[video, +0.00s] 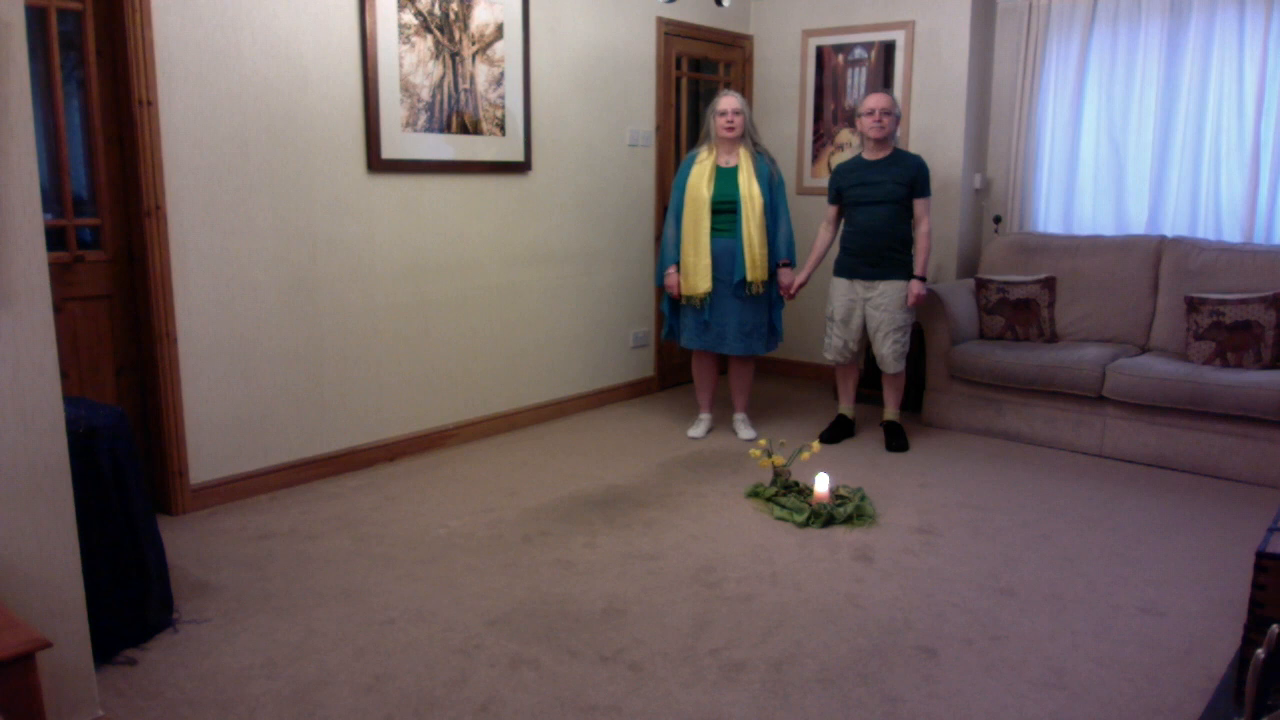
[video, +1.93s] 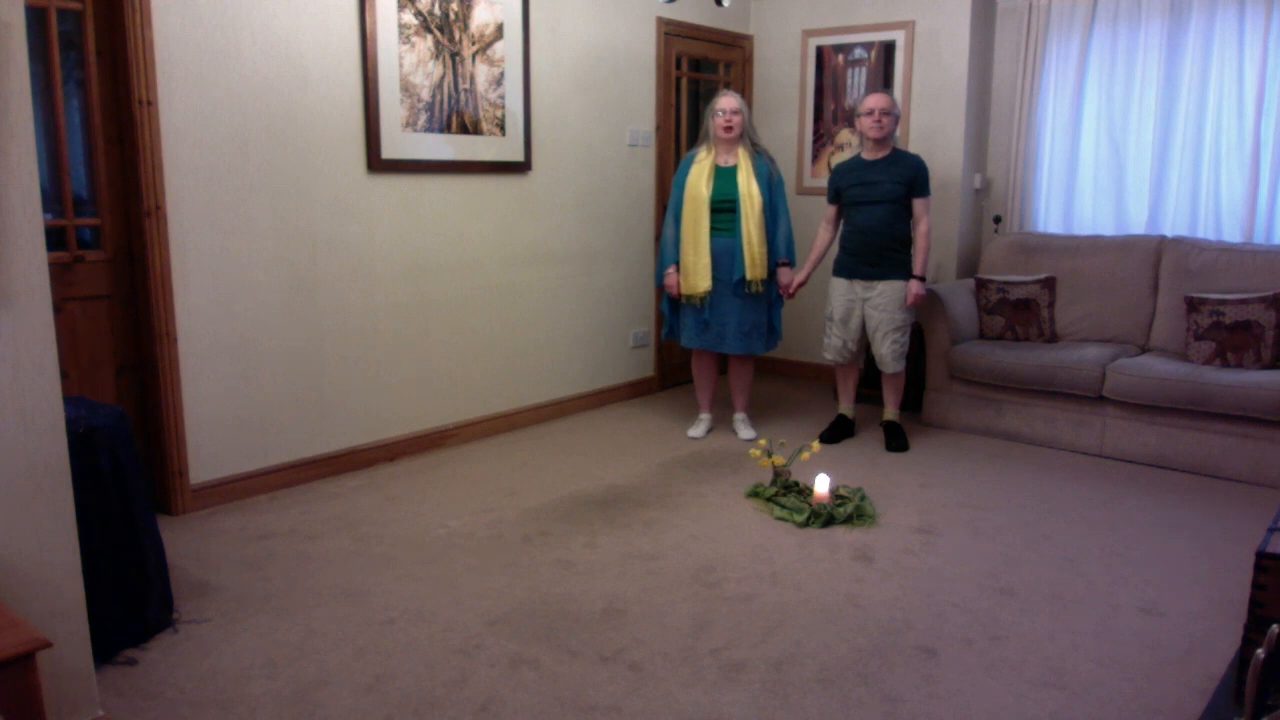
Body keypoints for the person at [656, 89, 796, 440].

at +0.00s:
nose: (729, 119)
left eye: (736, 113)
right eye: (722, 114)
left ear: (746, 119)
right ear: (712, 120)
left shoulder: (762, 164)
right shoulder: (693, 162)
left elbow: (779, 216)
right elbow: (674, 217)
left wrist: (784, 264)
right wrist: (671, 266)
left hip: (749, 268)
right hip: (700, 268)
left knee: (743, 344)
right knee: (702, 342)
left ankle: (741, 414)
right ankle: (704, 413)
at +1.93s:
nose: (727, 119)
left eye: (735, 113)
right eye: (720, 113)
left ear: (745, 119)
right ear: (710, 119)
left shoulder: (762, 163)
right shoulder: (692, 162)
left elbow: (779, 215)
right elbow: (673, 217)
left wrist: (783, 263)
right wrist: (670, 266)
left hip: (748, 268)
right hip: (700, 268)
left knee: (742, 344)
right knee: (702, 343)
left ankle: (741, 414)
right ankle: (705, 413)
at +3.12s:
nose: (728, 119)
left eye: (735, 113)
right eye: (721, 113)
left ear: (745, 119)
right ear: (710, 120)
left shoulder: (762, 164)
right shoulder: (692, 163)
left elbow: (779, 216)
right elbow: (674, 218)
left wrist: (784, 264)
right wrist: (670, 266)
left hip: (748, 268)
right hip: (700, 269)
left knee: (742, 344)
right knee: (702, 343)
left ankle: (741, 415)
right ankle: (704, 413)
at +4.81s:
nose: (729, 119)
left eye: (735, 113)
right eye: (721, 114)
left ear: (745, 119)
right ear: (710, 120)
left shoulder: (762, 163)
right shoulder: (692, 163)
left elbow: (779, 216)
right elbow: (674, 218)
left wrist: (784, 264)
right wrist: (670, 266)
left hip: (748, 268)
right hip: (700, 268)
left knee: (742, 344)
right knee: (702, 343)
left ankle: (741, 415)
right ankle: (704, 413)